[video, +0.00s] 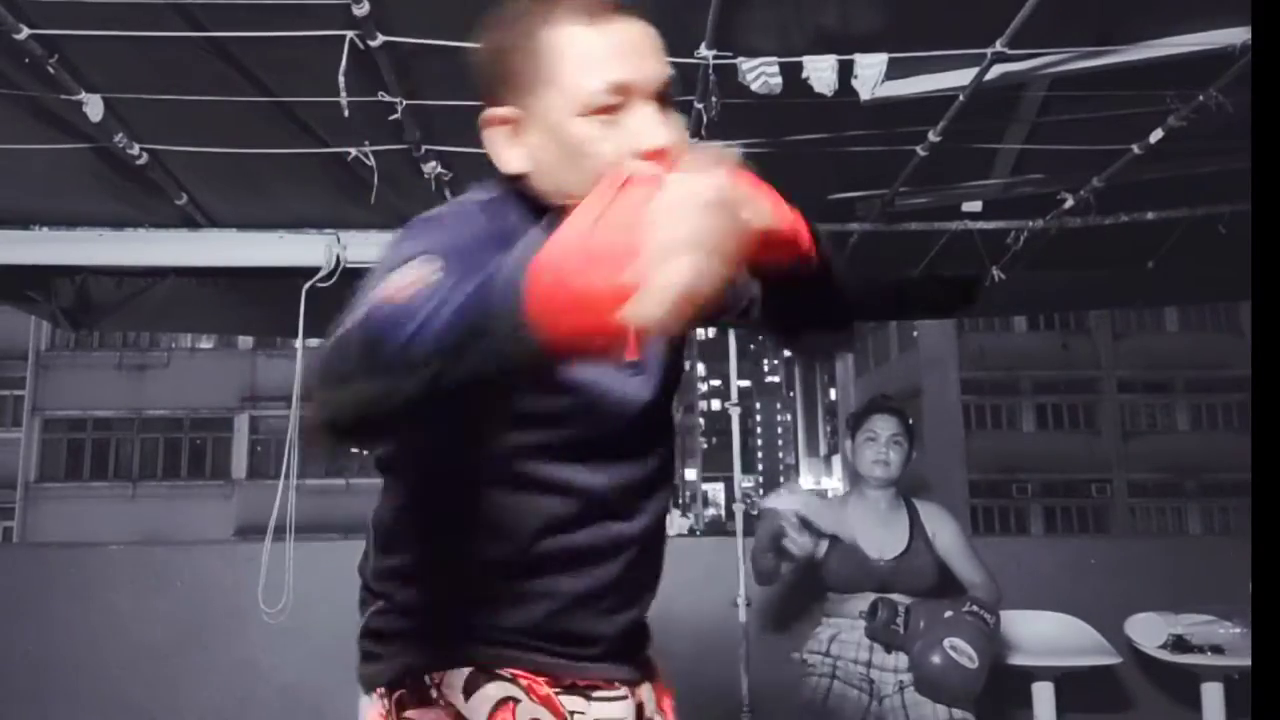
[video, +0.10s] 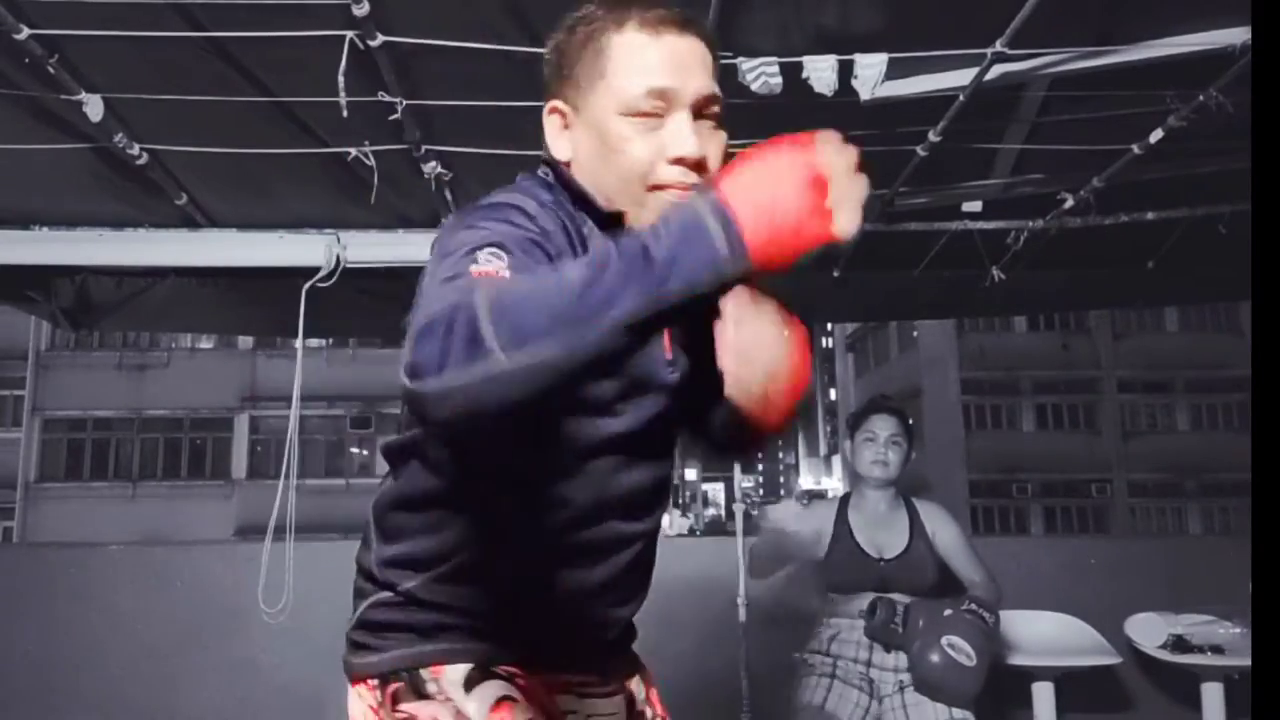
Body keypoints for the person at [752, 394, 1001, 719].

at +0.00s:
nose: (883, 450)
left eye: (895, 443)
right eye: (870, 439)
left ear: (909, 456)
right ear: (850, 450)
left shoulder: (931, 518)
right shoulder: (823, 515)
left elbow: (984, 587)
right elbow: (764, 576)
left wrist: (972, 620)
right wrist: (769, 526)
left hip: (921, 669)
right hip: (840, 666)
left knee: (938, 714)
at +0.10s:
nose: (881, 451)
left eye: (894, 443)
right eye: (869, 440)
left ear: (908, 456)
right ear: (849, 451)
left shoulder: (931, 517)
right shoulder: (817, 519)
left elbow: (984, 586)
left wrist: (976, 613)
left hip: (919, 666)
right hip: (838, 664)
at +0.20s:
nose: (882, 448)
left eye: (894, 441)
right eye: (869, 439)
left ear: (908, 456)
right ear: (849, 452)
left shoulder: (932, 519)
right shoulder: (820, 519)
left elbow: (984, 589)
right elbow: (778, 587)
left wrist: (966, 625)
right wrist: (837, 609)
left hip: (922, 674)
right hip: (842, 673)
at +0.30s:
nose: (881, 448)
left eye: (893, 440)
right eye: (869, 438)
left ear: (907, 456)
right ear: (848, 452)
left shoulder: (930, 517)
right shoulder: (824, 520)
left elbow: (984, 587)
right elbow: (802, 600)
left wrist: (969, 626)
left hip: (928, 675)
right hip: (848, 673)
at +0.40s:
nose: (887, 451)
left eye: (900, 441)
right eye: (875, 440)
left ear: (918, 455)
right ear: (857, 452)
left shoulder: (939, 512)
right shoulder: (832, 507)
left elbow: (982, 586)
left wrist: (969, 619)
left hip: (921, 669)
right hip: (838, 664)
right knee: (820, 711)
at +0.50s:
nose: (886, 450)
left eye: (899, 440)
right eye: (874, 439)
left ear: (917, 454)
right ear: (857, 450)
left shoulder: (938, 513)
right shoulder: (828, 506)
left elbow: (984, 587)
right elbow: (756, 530)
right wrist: (792, 563)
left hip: (921, 671)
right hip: (837, 667)